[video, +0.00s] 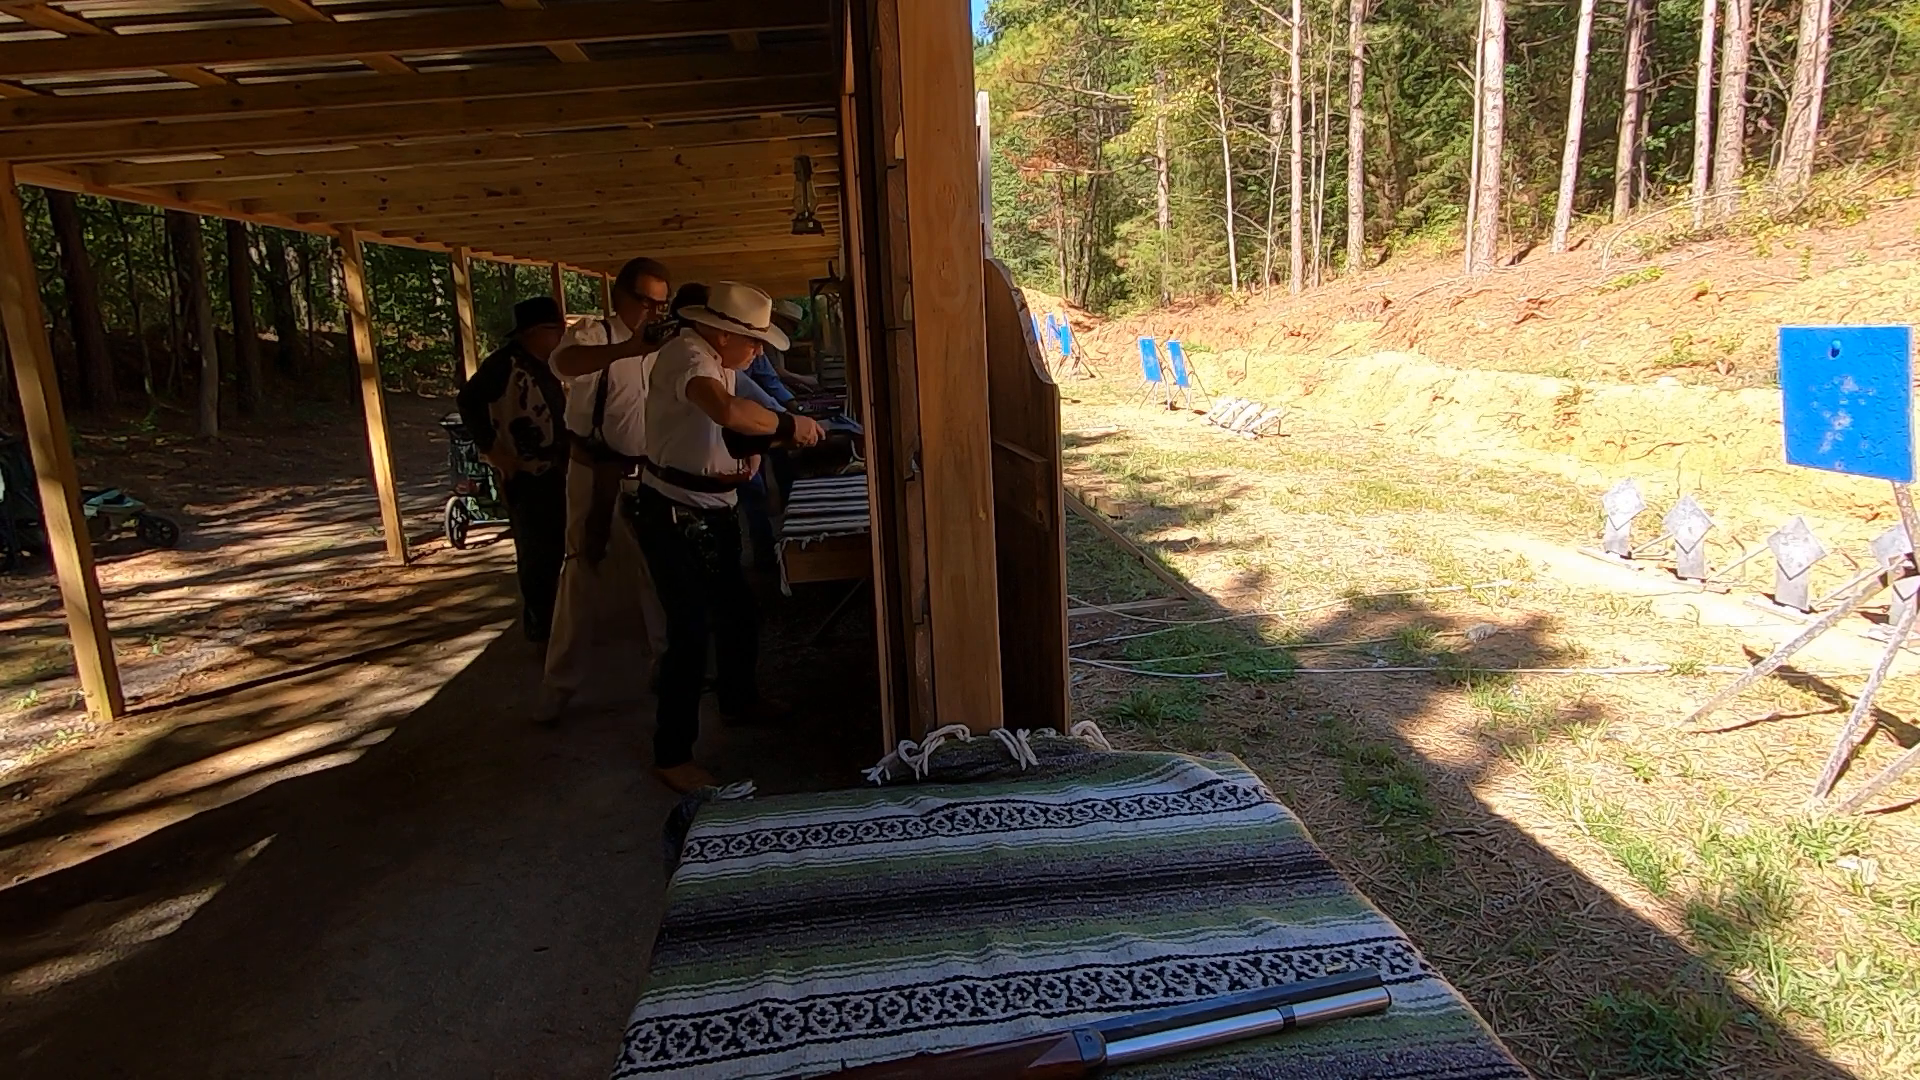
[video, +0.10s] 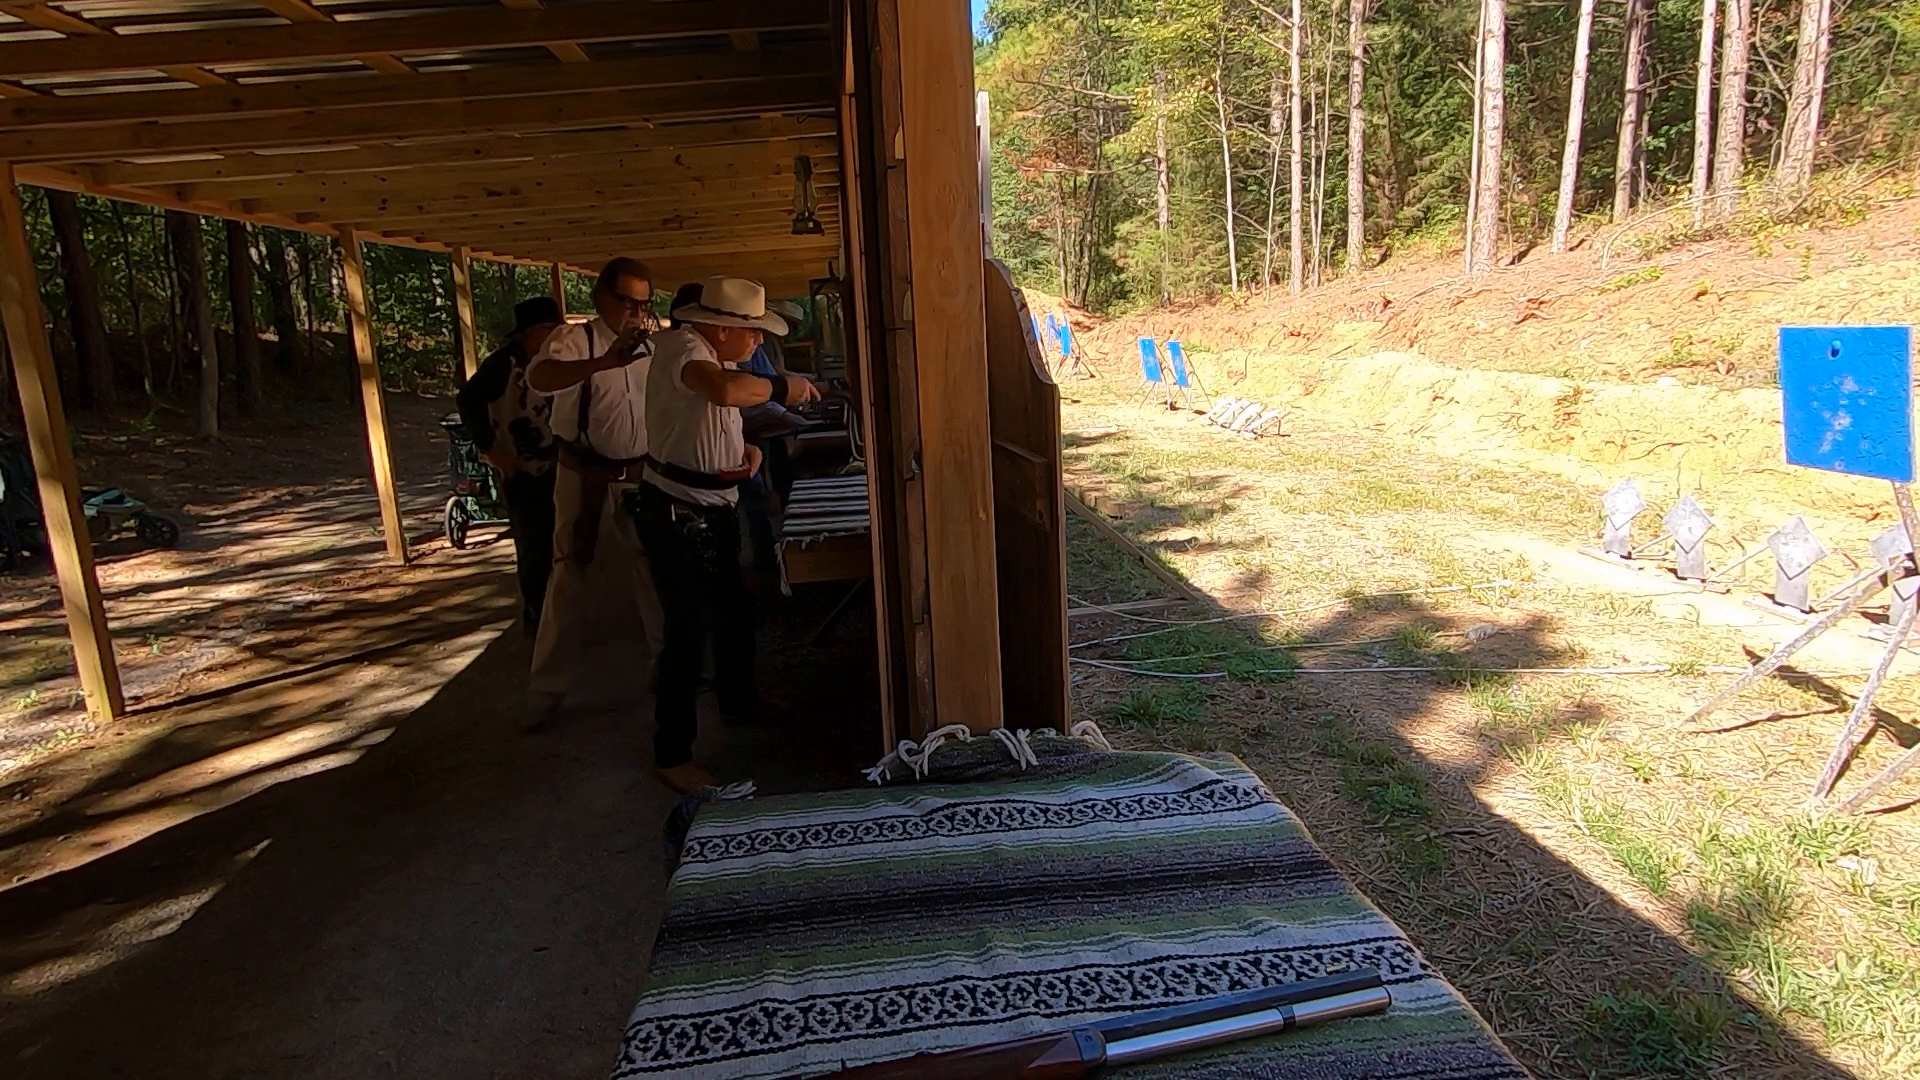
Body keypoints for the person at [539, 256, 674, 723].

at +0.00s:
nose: (655, 312)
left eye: (661, 305)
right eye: (648, 303)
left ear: (665, 305)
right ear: (621, 296)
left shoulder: (661, 343)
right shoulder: (594, 331)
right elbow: (562, 362)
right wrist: (631, 348)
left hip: (650, 471)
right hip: (595, 472)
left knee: (657, 574)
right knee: (581, 576)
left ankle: (667, 665)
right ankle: (557, 687)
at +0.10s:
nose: (636, 312)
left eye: (643, 303)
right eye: (627, 302)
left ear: (649, 303)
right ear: (601, 298)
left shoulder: (653, 344)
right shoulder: (575, 337)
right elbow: (537, 377)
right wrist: (607, 362)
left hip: (644, 473)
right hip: (584, 476)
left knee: (653, 580)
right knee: (569, 581)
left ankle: (670, 675)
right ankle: (545, 694)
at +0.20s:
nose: (615, 311)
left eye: (620, 304)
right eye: (605, 303)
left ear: (624, 304)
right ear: (577, 301)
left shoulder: (627, 351)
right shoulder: (549, 343)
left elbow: (640, 408)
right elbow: (512, 397)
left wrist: (644, 443)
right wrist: (573, 383)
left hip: (623, 475)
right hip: (567, 479)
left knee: (646, 575)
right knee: (559, 582)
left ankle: (666, 669)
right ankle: (544, 694)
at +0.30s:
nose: (591, 310)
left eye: (597, 302)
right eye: (580, 302)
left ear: (603, 304)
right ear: (553, 301)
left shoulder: (610, 354)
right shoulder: (522, 349)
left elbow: (629, 421)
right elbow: (482, 417)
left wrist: (653, 471)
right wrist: (541, 411)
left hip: (606, 478)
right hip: (549, 482)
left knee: (641, 567)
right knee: (547, 585)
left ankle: (664, 663)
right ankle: (543, 697)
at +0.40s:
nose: (568, 309)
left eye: (573, 300)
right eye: (557, 301)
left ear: (577, 301)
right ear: (528, 301)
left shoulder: (593, 354)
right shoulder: (499, 357)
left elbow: (614, 419)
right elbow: (462, 428)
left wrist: (640, 469)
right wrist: (517, 433)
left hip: (591, 480)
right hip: (533, 486)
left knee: (632, 563)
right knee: (537, 586)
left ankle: (663, 659)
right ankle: (543, 696)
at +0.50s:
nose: (550, 308)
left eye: (555, 300)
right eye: (539, 300)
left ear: (560, 301)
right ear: (508, 301)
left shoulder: (576, 354)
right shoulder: (478, 359)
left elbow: (602, 419)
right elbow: (453, 433)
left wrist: (626, 469)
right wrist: (495, 449)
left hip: (578, 481)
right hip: (520, 489)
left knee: (630, 569)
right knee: (530, 592)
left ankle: (650, 672)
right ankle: (541, 697)